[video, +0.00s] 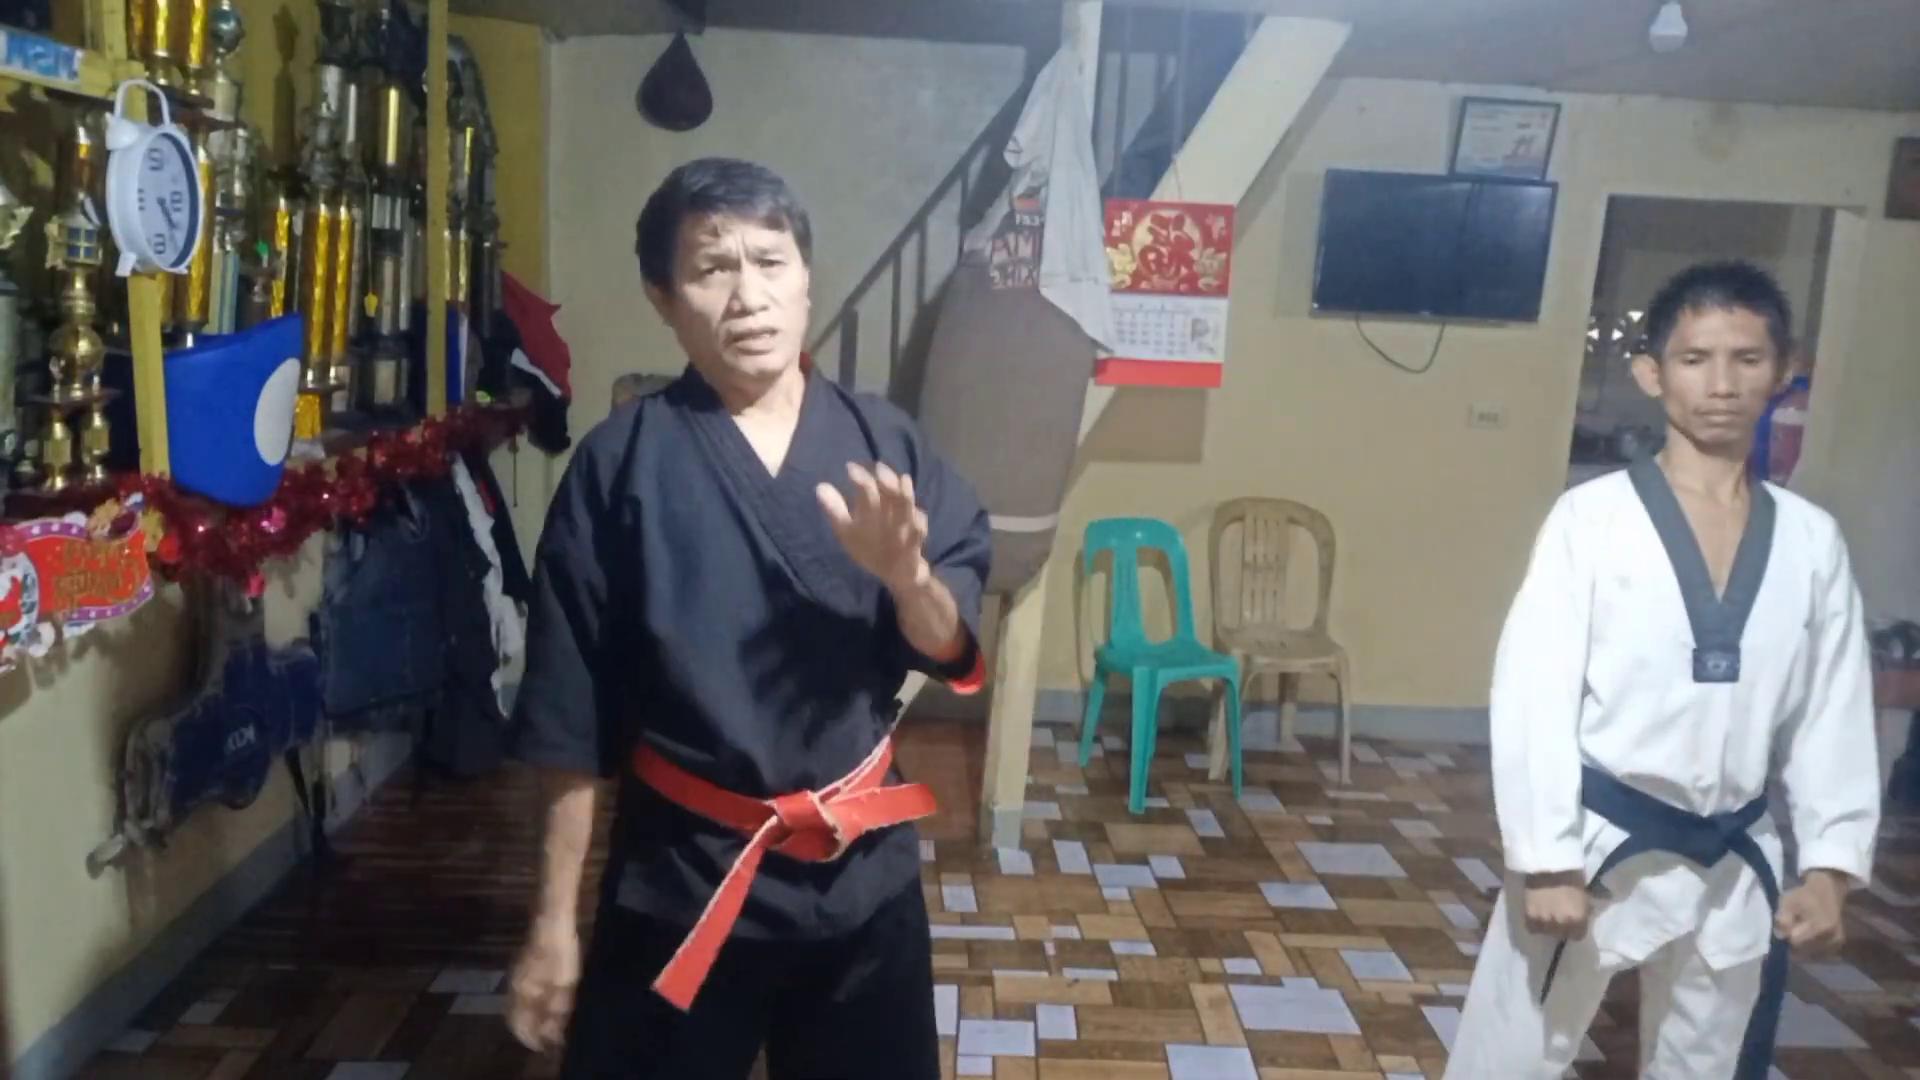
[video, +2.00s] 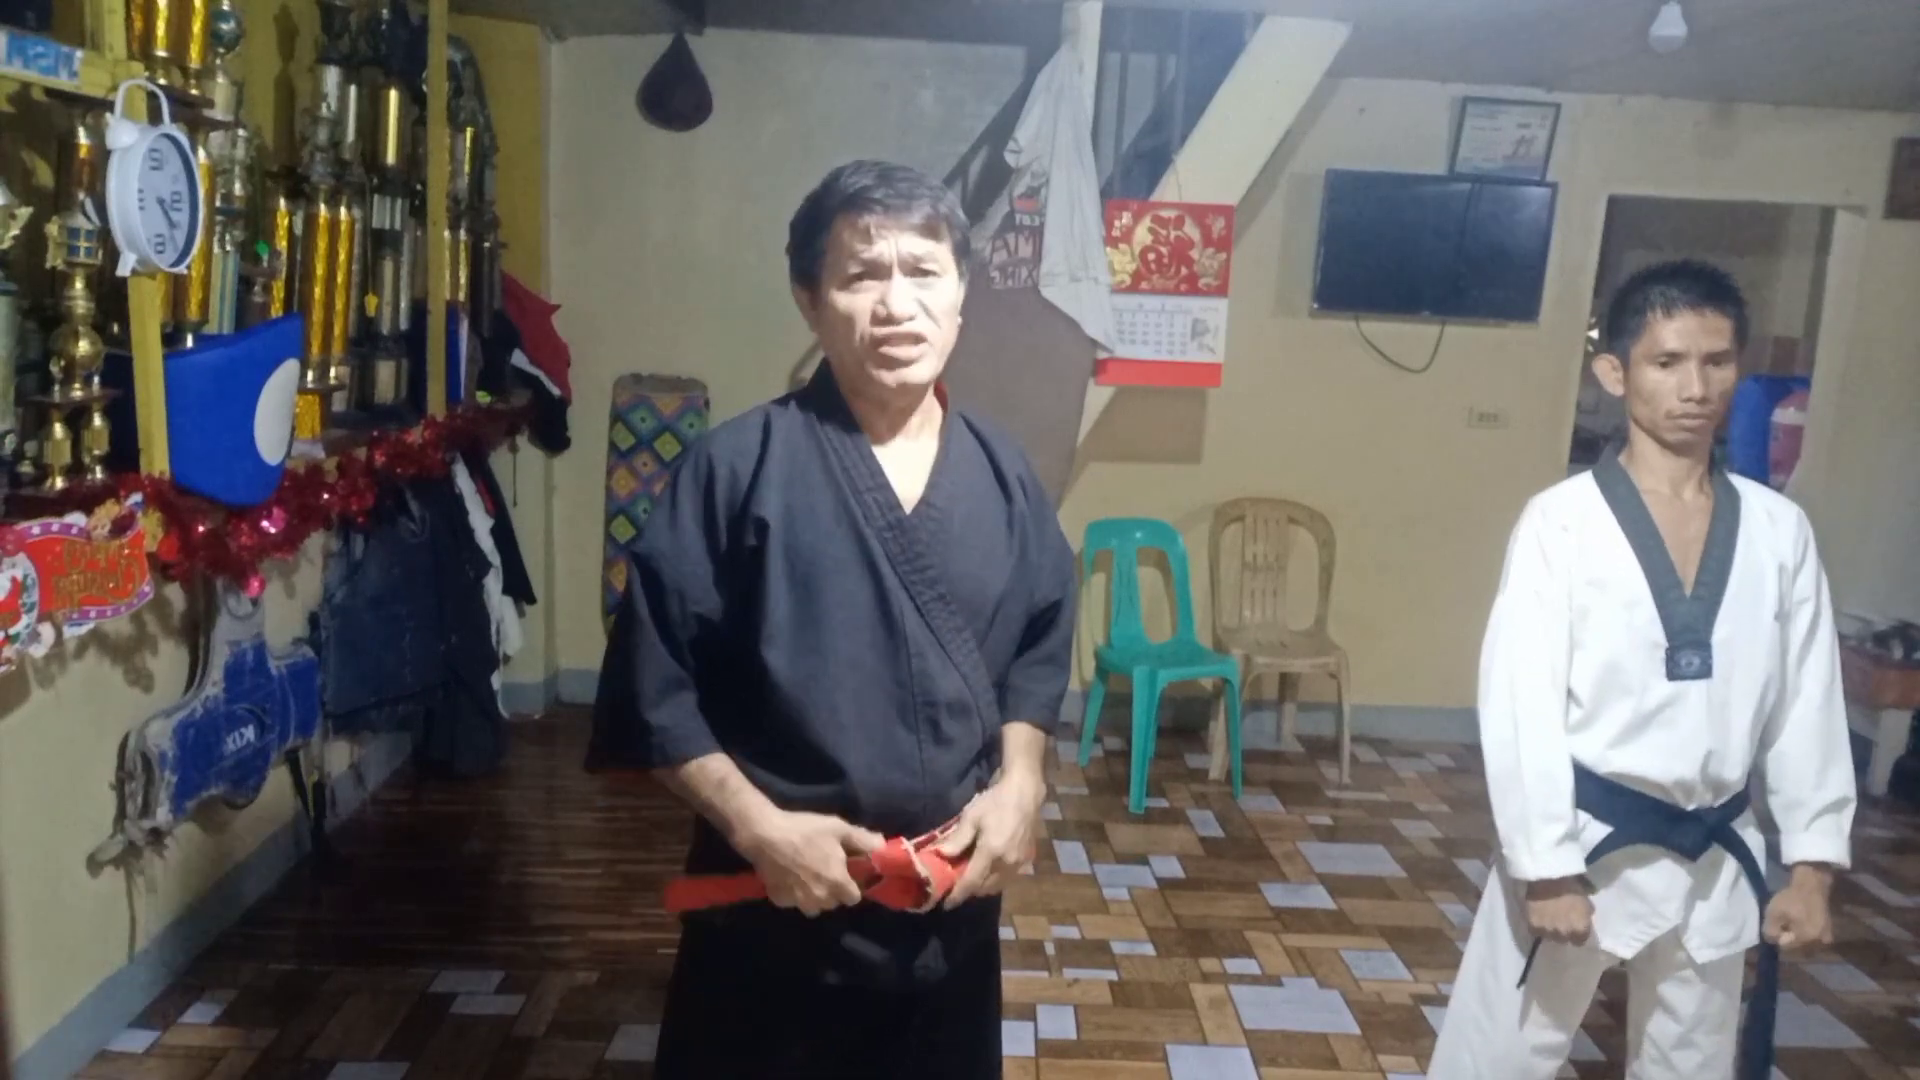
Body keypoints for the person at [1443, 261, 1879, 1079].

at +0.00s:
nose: (1722, 383)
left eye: (1747, 358)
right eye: (1695, 358)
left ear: (1780, 376)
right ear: (1651, 375)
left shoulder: (1813, 540)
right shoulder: (1589, 520)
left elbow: (1835, 712)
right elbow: (1532, 691)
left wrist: (1831, 864)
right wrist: (1547, 860)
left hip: (1735, 871)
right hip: (1592, 855)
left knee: (1701, 1070)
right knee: (1507, 1063)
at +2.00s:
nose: (1697, 386)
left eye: (1717, 360)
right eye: (1667, 361)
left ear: (1738, 369)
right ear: (1612, 374)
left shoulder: (1780, 529)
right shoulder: (1559, 523)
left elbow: (1809, 704)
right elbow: (1519, 702)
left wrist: (1814, 864)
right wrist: (1546, 867)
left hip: (1720, 863)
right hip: (1580, 856)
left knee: (1692, 1070)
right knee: (1495, 1063)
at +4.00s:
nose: (1707, 388)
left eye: (1721, 364)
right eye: (1677, 364)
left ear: (1736, 371)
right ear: (1613, 376)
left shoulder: (1769, 529)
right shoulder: (1559, 528)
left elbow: (1806, 701)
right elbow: (1529, 712)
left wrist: (1829, 864)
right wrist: (1570, 881)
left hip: (1720, 870)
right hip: (1585, 866)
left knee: (1693, 1070)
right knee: (1523, 1065)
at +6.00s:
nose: (1715, 392)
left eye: (1731, 367)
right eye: (1687, 367)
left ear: (1746, 374)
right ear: (1621, 378)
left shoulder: (1774, 531)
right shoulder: (1567, 530)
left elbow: (1806, 708)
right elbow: (1535, 714)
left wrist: (1824, 870)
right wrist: (1580, 889)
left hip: (1722, 876)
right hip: (1586, 871)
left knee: (1694, 1070)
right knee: (1523, 1066)